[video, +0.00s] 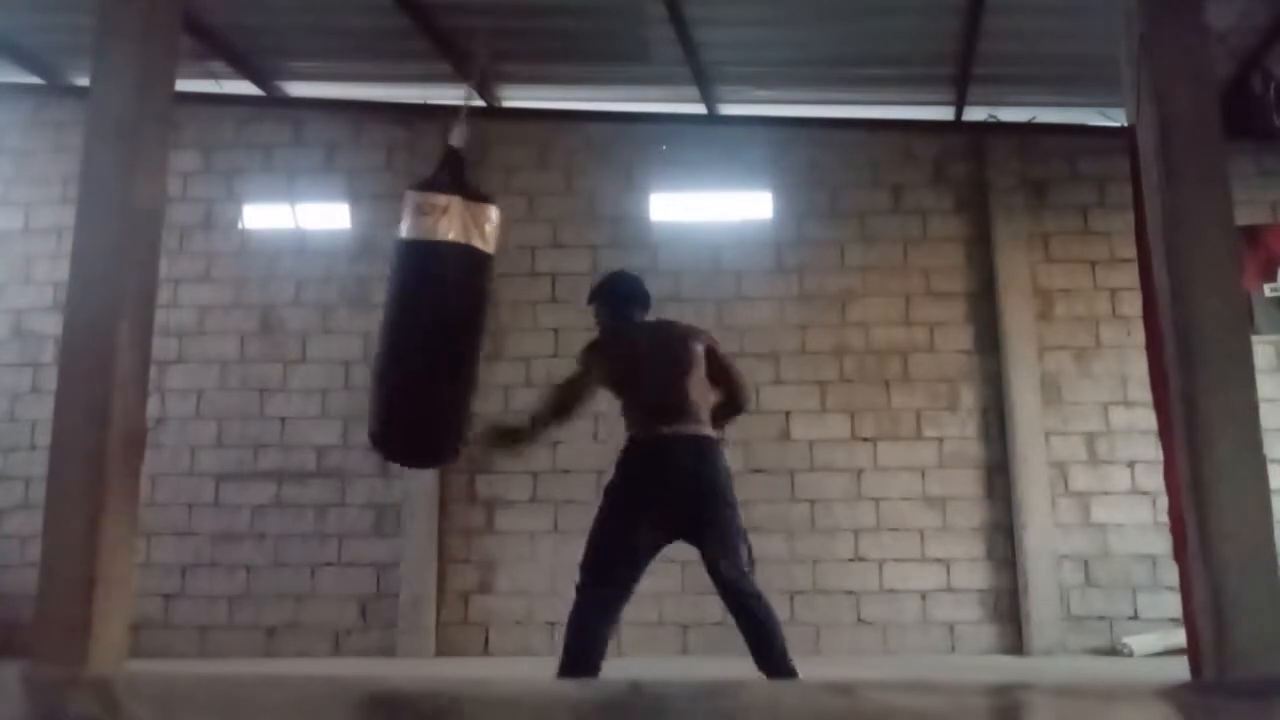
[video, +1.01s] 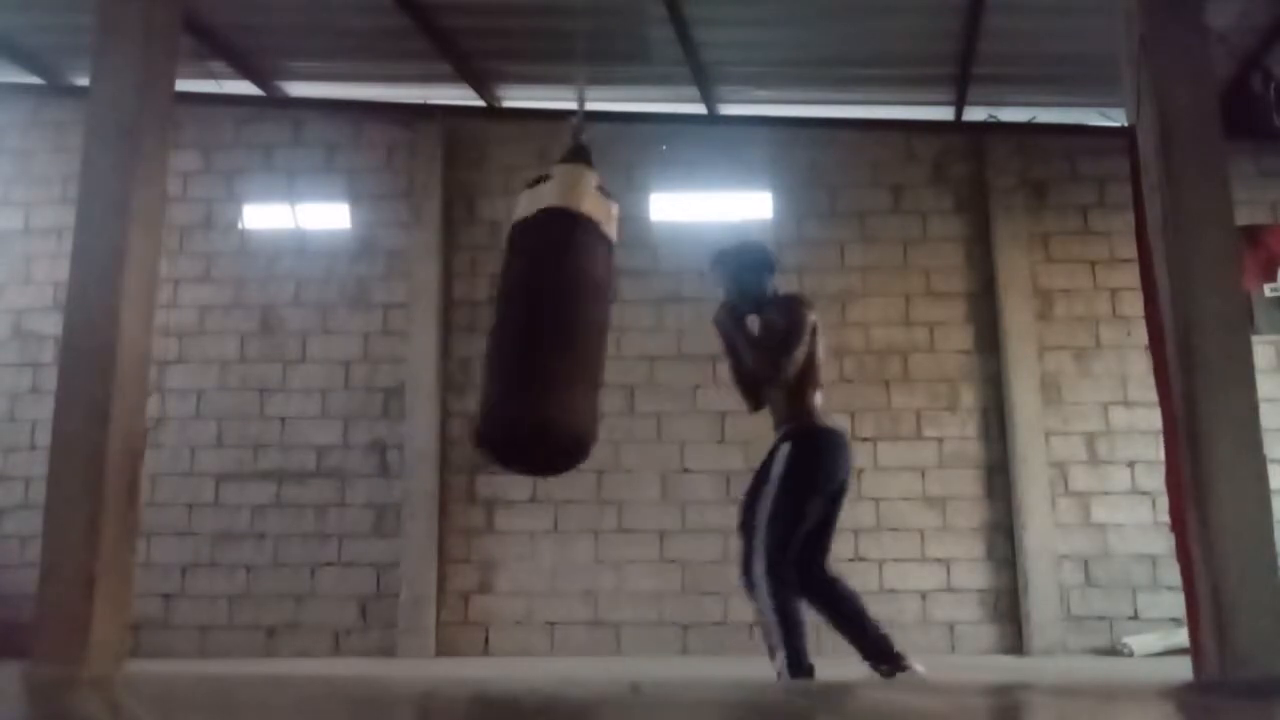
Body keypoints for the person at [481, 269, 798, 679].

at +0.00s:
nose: (597, 322)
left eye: (599, 312)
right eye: (597, 312)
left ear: (609, 309)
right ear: (644, 307)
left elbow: (564, 402)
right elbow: (739, 396)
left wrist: (526, 430)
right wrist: (709, 422)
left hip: (644, 469)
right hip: (703, 466)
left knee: (600, 590)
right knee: (738, 582)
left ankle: (571, 699)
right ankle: (788, 687)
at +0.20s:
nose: (573, 313)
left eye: (577, 302)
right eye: (572, 302)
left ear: (599, 298)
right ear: (613, 296)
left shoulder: (625, 328)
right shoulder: (637, 333)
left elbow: (604, 394)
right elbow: (654, 430)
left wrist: (579, 400)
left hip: (665, 464)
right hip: (686, 465)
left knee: (595, 544)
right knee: (680, 594)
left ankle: (574, 679)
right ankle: (787, 666)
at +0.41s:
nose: (606, 330)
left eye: (612, 317)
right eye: (606, 318)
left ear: (638, 316)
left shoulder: (673, 346)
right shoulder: (656, 380)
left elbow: (696, 346)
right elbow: (627, 446)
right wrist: (558, 432)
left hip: (698, 485)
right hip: (713, 490)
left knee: (618, 558)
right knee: (678, 614)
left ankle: (578, 691)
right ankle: (797, 675)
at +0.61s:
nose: (650, 293)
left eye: (656, 282)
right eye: (650, 282)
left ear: (680, 280)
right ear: (690, 282)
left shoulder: (722, 308)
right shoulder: (718, 325)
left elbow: (696, 354)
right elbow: (712, 409)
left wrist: (659, 312)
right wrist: (662, 375)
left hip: (737, 449)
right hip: (763, 451)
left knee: (679, 532)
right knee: (743, 573)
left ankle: (682, 671)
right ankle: (812, 676)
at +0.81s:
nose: (688, 291)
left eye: (693, 280)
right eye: (687, 281)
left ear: (716, 276)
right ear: (730, 275)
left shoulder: (751, 310)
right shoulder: (765, 319)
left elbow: (730, 378)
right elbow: (738, 395)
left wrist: (693, 330)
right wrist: (697, 335)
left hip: (761, 453)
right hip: (790, 451)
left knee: (721, 570)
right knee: (759, 570)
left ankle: (785, 677)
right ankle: (845, 664)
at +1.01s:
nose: (723, 291)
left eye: (727, 282)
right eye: (722, 283)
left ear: (748, 278)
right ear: (760, 277)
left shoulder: (790, 310)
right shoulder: (771, 324)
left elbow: (774, 375)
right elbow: (753, 397)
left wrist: (732, 326)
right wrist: (730, 336)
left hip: (802, 448)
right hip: (827, 446)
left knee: (763, 564)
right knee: (809, 569)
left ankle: (796, 679)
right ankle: (893, 666)